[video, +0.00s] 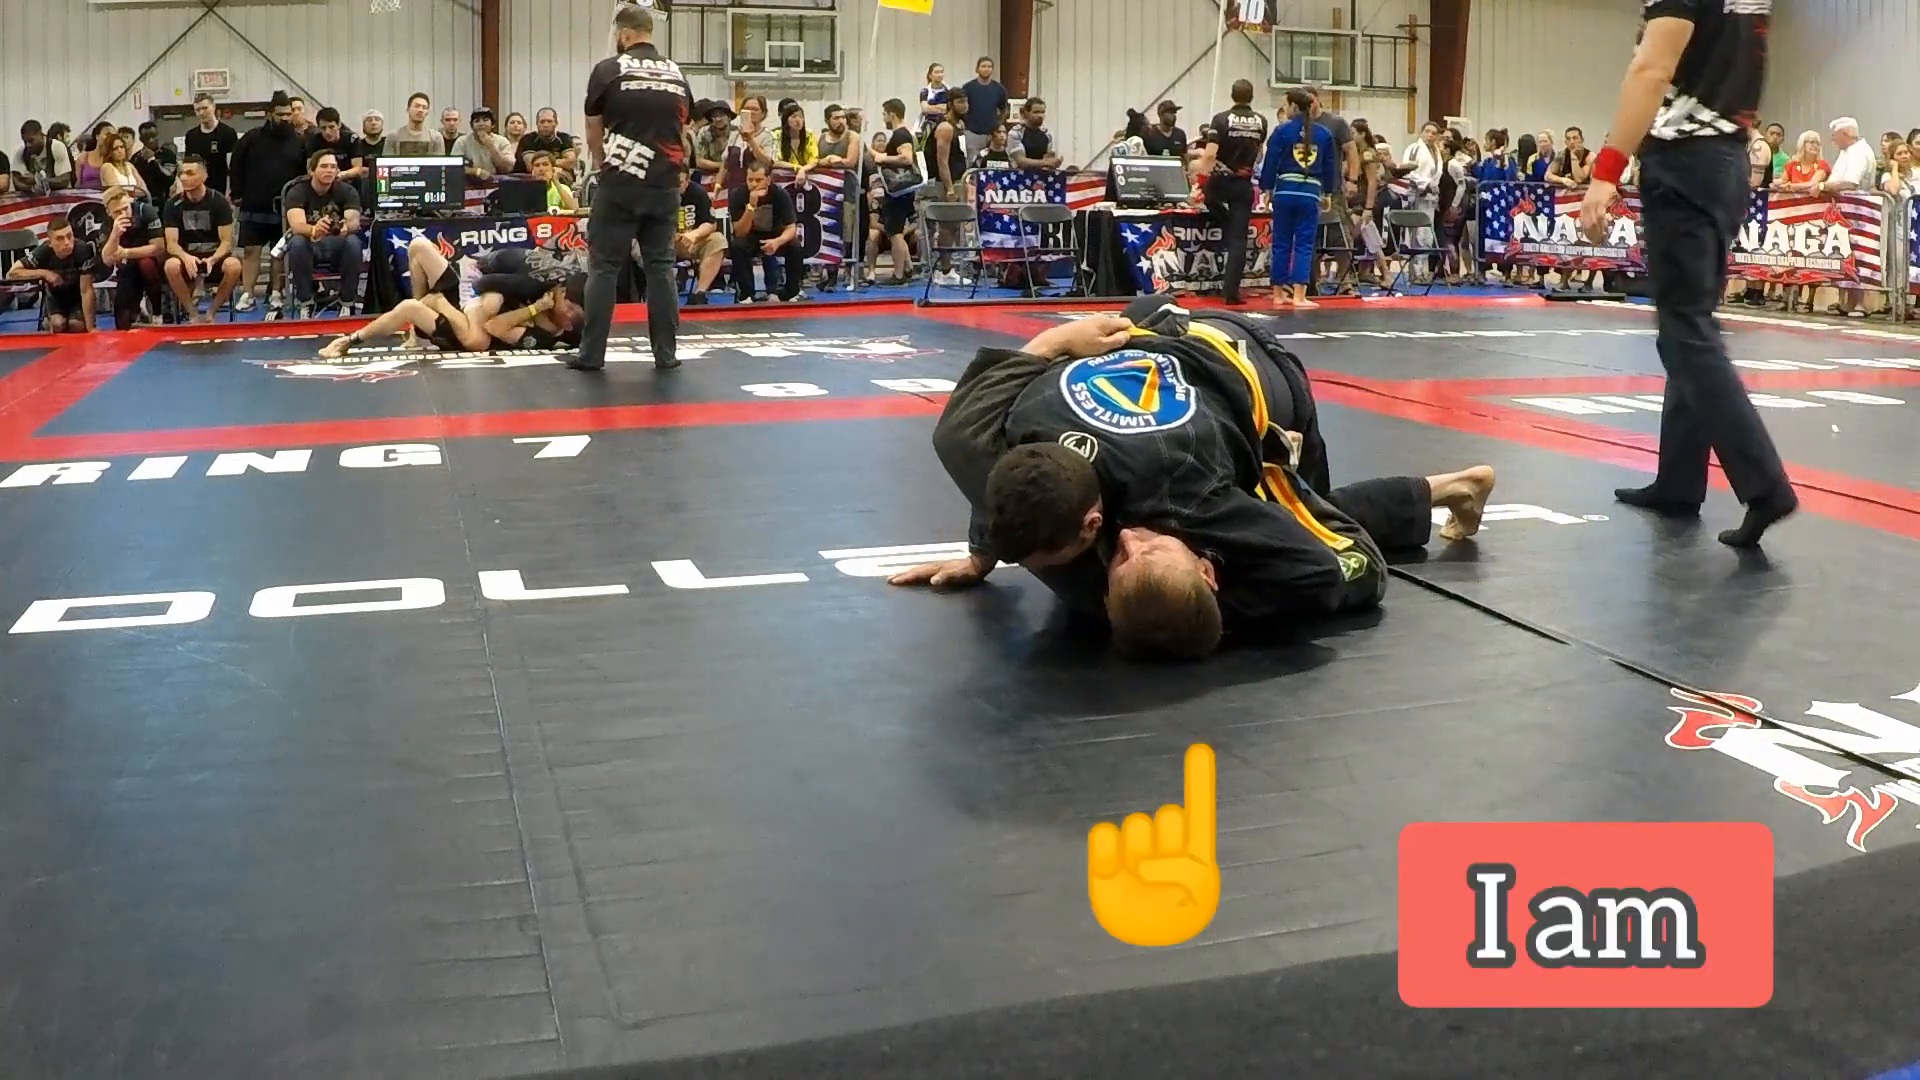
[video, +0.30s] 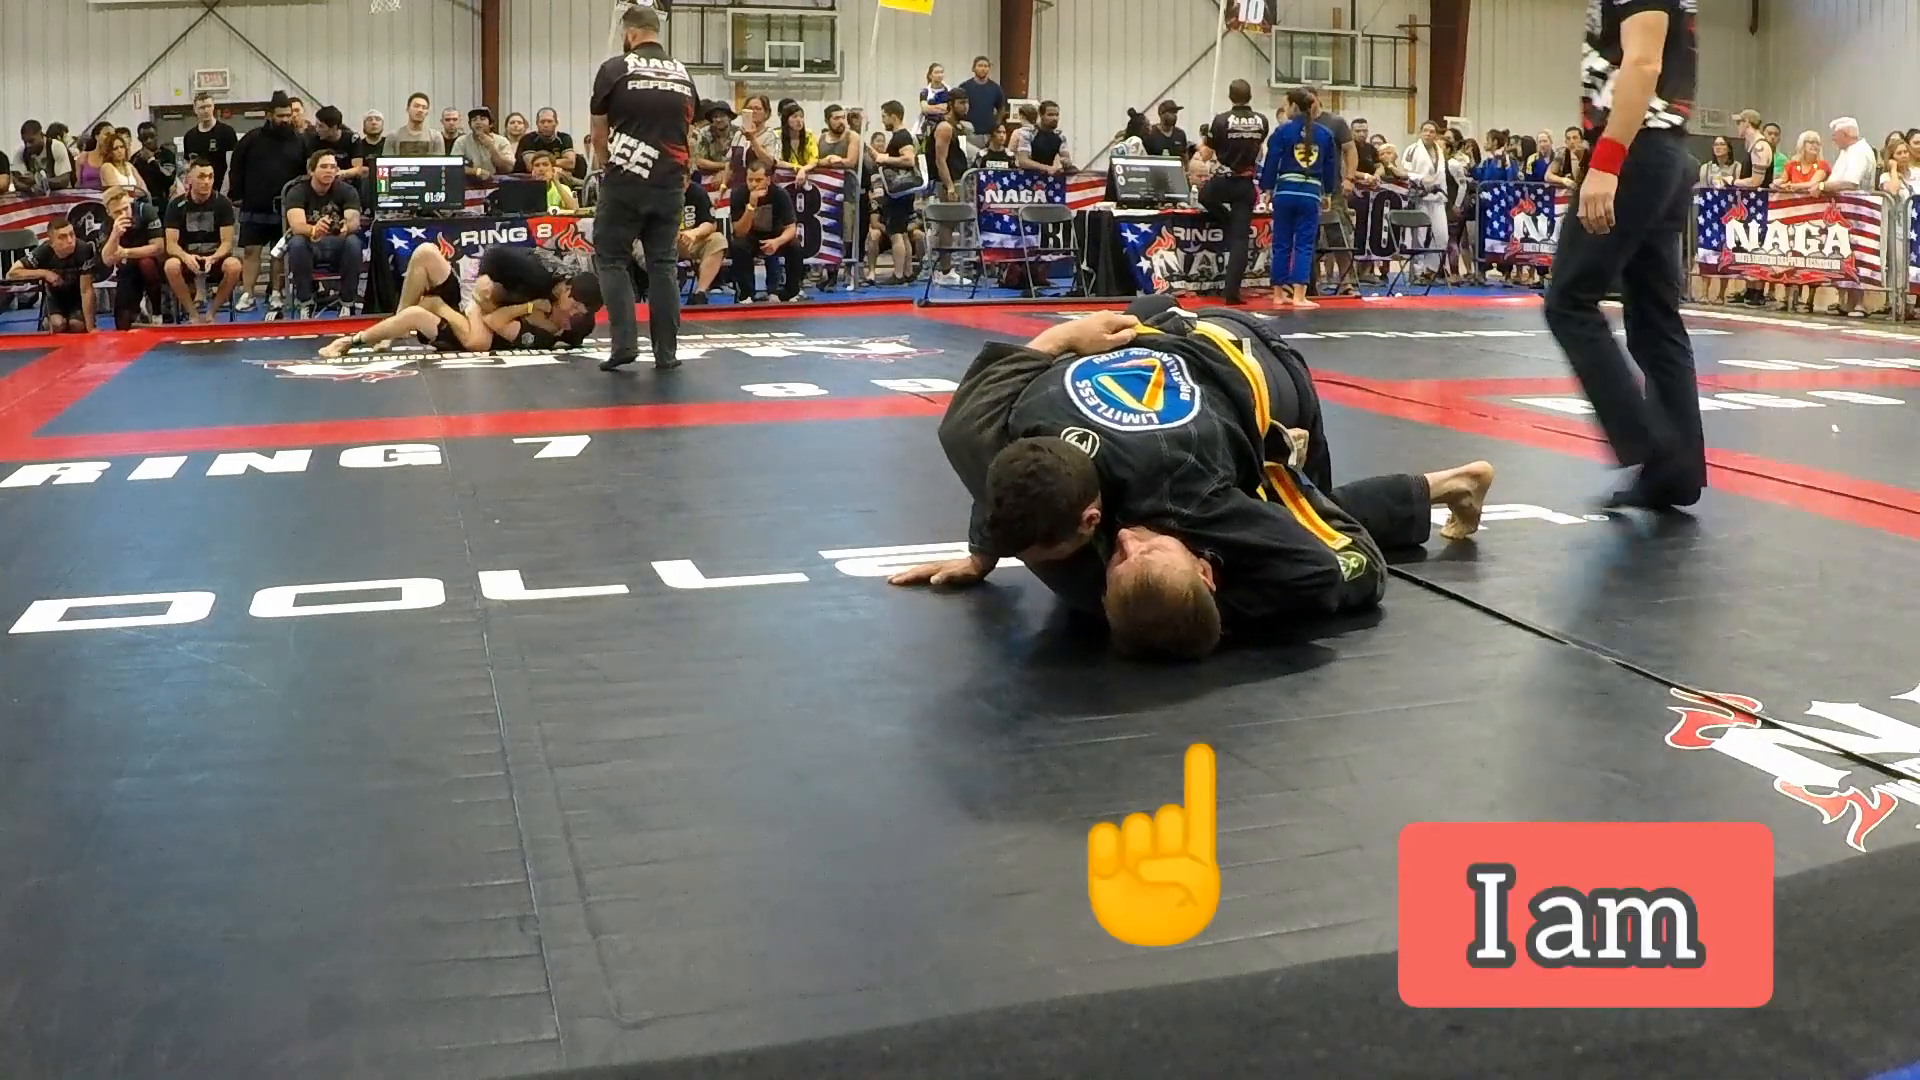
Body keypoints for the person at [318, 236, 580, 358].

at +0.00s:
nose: (566, 315)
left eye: (570, 319)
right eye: (570, 313)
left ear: (563, 326)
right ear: (562, 303)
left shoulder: (537, 332)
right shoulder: (532, 294)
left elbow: (492, 327)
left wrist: (534, 309)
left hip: (468, 331)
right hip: (468, 292)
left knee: (409, 306)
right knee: (419, 247)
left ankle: (348, 341)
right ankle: (419, 326)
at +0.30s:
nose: (565, 310)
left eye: (571, 312)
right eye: (570, 306)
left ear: (571, 324)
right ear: (566, 299)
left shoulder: (545, 336)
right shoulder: (545, 306)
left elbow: (496, 322)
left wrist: (528, 308)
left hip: (473, 332)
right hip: (470, 307)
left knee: (414, 315)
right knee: (426, 253)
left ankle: (349, 342)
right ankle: (399, 323)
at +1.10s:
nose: (565, 316)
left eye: (572, 313)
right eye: (562, 309)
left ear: (580, 311)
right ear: (552, 296)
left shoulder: (576, 325)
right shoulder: (534, 285)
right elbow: (486, 313)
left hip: (494, 320)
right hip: (475, 280)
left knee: (432, 335)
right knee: (413, 258)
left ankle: (359, 345)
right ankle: (394, 329)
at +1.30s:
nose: (566, 314)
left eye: (574, 311)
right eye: (565, 305)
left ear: (584, 310)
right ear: (557, 289)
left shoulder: (558, 333)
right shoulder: (542, 268)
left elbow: (492, 339)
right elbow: (496, 256)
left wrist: (508, 291)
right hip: (478, 277)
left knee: (428, 332)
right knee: (409, 256)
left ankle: (354, 344)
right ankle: (394, 329)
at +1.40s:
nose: (570, 309)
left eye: (578, 308)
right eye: (569, 300)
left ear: (586, 308)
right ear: (561, 286)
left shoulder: (563, 328)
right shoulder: (542, 267)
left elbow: (493, 338)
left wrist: (513, 288)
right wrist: (528, 306)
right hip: (476, 279)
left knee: (427, 332)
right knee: (409, 256)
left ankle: (356, 344)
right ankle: (395, 328)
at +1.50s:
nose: (570, 302)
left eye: (578, 301)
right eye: (570, 295)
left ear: (583, 303)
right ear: (565, 283)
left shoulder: (570, 324)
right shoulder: (543, 270)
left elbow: (494, 339)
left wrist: (531, 305)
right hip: (478, 277)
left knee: (431, 335)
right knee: (410, 257)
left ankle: (358, 345)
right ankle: (393, 331)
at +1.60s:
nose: (576, 312)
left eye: (583, 310)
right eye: (575, 305)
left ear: (589, 308)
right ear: (566, 292)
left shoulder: (578, 312)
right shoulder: (542, 283)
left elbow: (495, 341)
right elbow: (493, 339)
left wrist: (546, 316)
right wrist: (541, 312)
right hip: (479, 277)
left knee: (432, 336)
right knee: (412, 258)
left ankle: (360, 346)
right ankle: (393, 331)